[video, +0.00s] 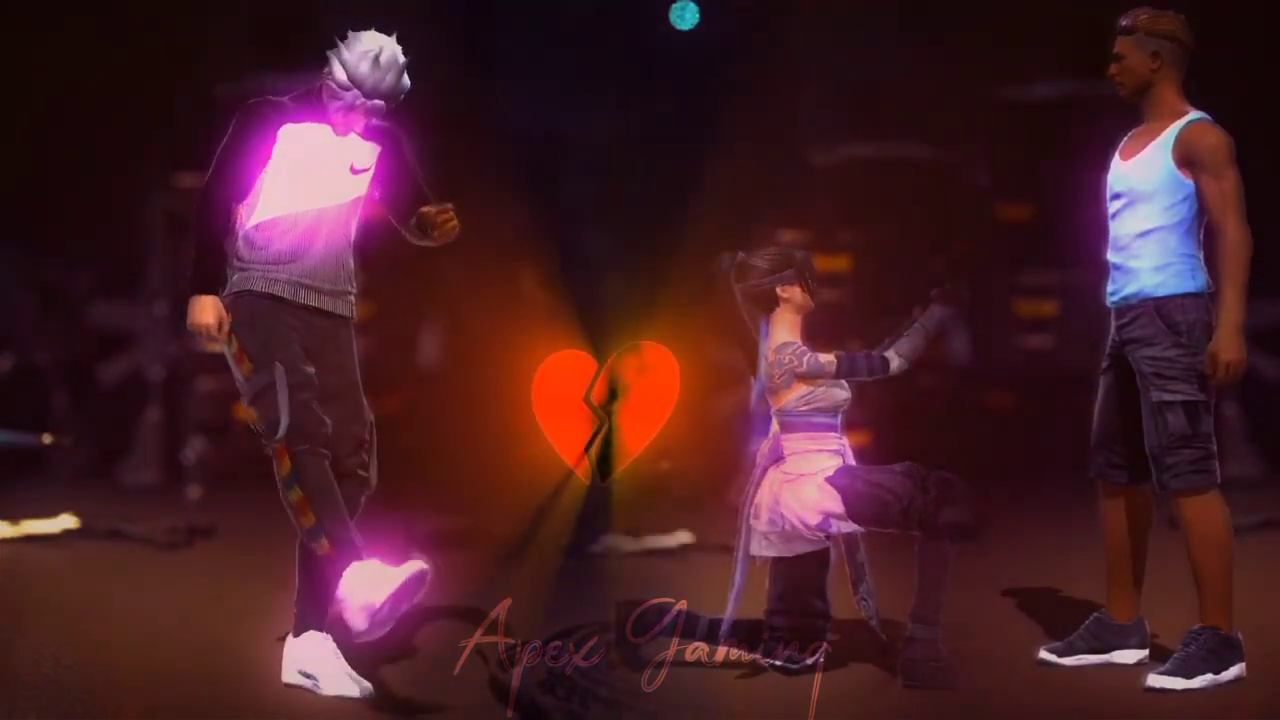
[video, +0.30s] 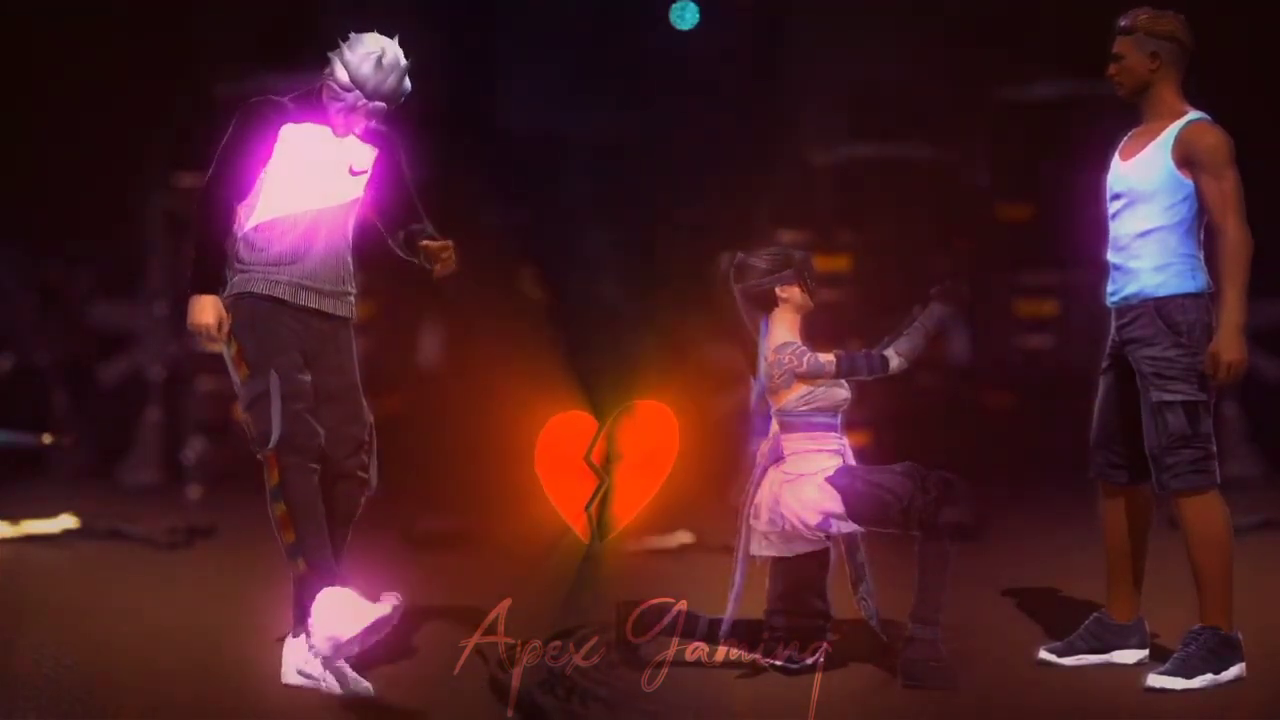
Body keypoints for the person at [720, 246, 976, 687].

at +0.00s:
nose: (811, 292)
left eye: (807, 283)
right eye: (803, 283)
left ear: (782, 294)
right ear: (782, 292)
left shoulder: (782, 351)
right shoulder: (789, 355)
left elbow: (878, 363)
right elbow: (888, 363)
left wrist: (923, 320)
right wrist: (934, 316)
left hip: (795, 484)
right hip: (809, 486)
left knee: (796, 644)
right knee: (944, 496)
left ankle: (676, 624)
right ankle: (923, 650)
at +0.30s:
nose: (810, 290)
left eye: (806, 282)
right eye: (803, 283)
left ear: (780, 294)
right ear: (783, 291)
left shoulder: (783, 350)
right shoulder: (788, 355)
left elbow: (876, 361)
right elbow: (887, 362)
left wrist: (925, 313)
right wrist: (938, 309)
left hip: (797, 482)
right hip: (810, 485)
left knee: (798, 641)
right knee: (942, 496)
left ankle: (681, 623)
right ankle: (923, 649)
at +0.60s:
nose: (809, 290)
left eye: (805, 281)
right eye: (802, 282)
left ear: (779, 293)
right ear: (782, 291)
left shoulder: (784, 349)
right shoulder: (787, 354)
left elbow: (876, 361)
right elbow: (884, 362)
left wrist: (925, 314)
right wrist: (936, 312)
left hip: (797, 482)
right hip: (809, 485)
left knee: (797, 645)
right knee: (941, 497)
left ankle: (678, 623)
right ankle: (923, 650)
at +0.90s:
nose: (809, 290)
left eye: (805, 281)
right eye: (801, 282)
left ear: (781, 292)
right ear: (781, 290)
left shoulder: (783, 344)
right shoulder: (787, 353)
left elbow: (877, 358)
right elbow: (885, 361)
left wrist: (925, 314)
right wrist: (935, 311)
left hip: (798, 482)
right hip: (809, 484)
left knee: (797, 645)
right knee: (942, 496)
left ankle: (676, 624)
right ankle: (923, 648)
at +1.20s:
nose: (808, 290)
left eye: (804, 282)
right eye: (800, 282)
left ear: (779, 292)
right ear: (781, 291)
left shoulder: (783, 346)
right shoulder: (786, 353)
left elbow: (878, 359)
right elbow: (884, 361)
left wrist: (927, 311)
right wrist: (937, 309)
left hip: (797, 484)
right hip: (811, 485)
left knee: (797, 646)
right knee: (942, 497)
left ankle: (678, 624)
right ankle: (924, 650)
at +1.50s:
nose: (808, 289)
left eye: (804, 281)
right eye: (800, 282)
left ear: (779, 292)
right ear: (781, 291)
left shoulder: (785, 348)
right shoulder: (786, 354)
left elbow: (879, 358)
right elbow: (884, 361)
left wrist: (929, 309)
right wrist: (939, 307)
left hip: (799, 481)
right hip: (810, 484)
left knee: (797, 645)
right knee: (944, 497)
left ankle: (676, 623)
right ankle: (923, 650)